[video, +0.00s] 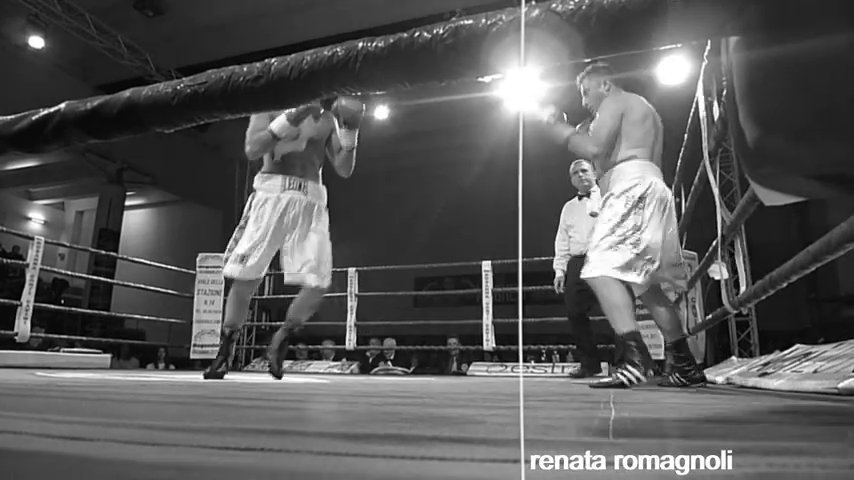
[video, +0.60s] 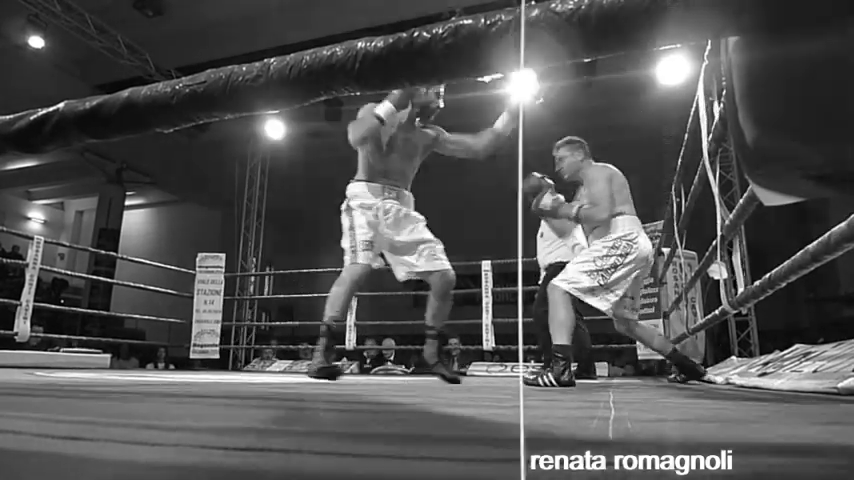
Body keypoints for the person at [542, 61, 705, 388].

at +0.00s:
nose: (584, 100)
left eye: (586, 92)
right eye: (581, 94)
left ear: (604, 84)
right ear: (609, 86)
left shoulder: (615, 101)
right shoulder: (649, 112)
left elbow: (595, 146)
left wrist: (559, 129)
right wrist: (583, 135)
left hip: (632, 189)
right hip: (658, 191)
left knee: (599, 270)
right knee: (648, 283)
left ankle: (634, 360)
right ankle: (683, 363)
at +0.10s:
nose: (585, 106)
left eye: (588, 98)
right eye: (583, 100)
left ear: (606, 91)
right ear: (611, 93)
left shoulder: (614, 108)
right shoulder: (645, 119)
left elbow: (603, 152)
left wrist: (565, 139)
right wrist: (575, 136)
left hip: (626, 196)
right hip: (652, 199)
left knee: (580, 271)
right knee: (651, 289)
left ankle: (613, 353)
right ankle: (687, 365)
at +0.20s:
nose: (579, 106)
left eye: (581, 98)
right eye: (577, 101)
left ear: (600, 91)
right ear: (602, 92)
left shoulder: (610, 105)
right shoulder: (627, 114)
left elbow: (600, 141)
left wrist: (564, 126)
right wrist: (568, 124)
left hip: (619, 196)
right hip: (641, 198)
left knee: (576, 271)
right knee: (648, 283)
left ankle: (580, 361)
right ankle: (686, 363)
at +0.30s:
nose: (559, 124)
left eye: (561, 116)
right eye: (556, 119)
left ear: (578, 109)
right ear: (571, 113)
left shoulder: (606, 124)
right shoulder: (589, 140)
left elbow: (582, 161)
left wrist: (554, 136)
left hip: (614, 215)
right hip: (626, 216)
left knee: (567, 281)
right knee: (629, 298)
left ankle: (562, 365)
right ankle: (681, 360)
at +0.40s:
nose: (550, 149)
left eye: (551, 140)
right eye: (548, 142)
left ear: (567, 132)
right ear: (570, 134)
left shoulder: (591, 149)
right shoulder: (598, 150)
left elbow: (568, 195)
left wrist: (547, 174)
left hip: (614, 231)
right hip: (632, 232)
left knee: (553, 285)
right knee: (611, 310)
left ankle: (559, 368)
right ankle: (677, 354)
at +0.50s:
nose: (547, 162)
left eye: (549, 154)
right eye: (546, 156)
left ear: (565, 150)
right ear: (568, 151)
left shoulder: (584, 167)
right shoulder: (592, 168)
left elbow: (575, 218)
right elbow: (534, 186)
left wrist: (538, 203)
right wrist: (491, 167)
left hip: (617, 240)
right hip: (639, 243)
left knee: (549, 289)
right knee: (613, 311)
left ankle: (559, 370)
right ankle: (676, 357)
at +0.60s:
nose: (557, 166)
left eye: (561, 159)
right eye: (555, 161)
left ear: (579, 155)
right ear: (578, 159)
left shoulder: (598, 172)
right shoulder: (583, 190)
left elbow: (601, 213)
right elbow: (565, 227)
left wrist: (568, 211)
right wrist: (548, 208)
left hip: (623, 241)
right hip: (637, 246)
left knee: (558, 288)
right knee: (624, 322)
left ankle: (560, 368)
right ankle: (687, 365)